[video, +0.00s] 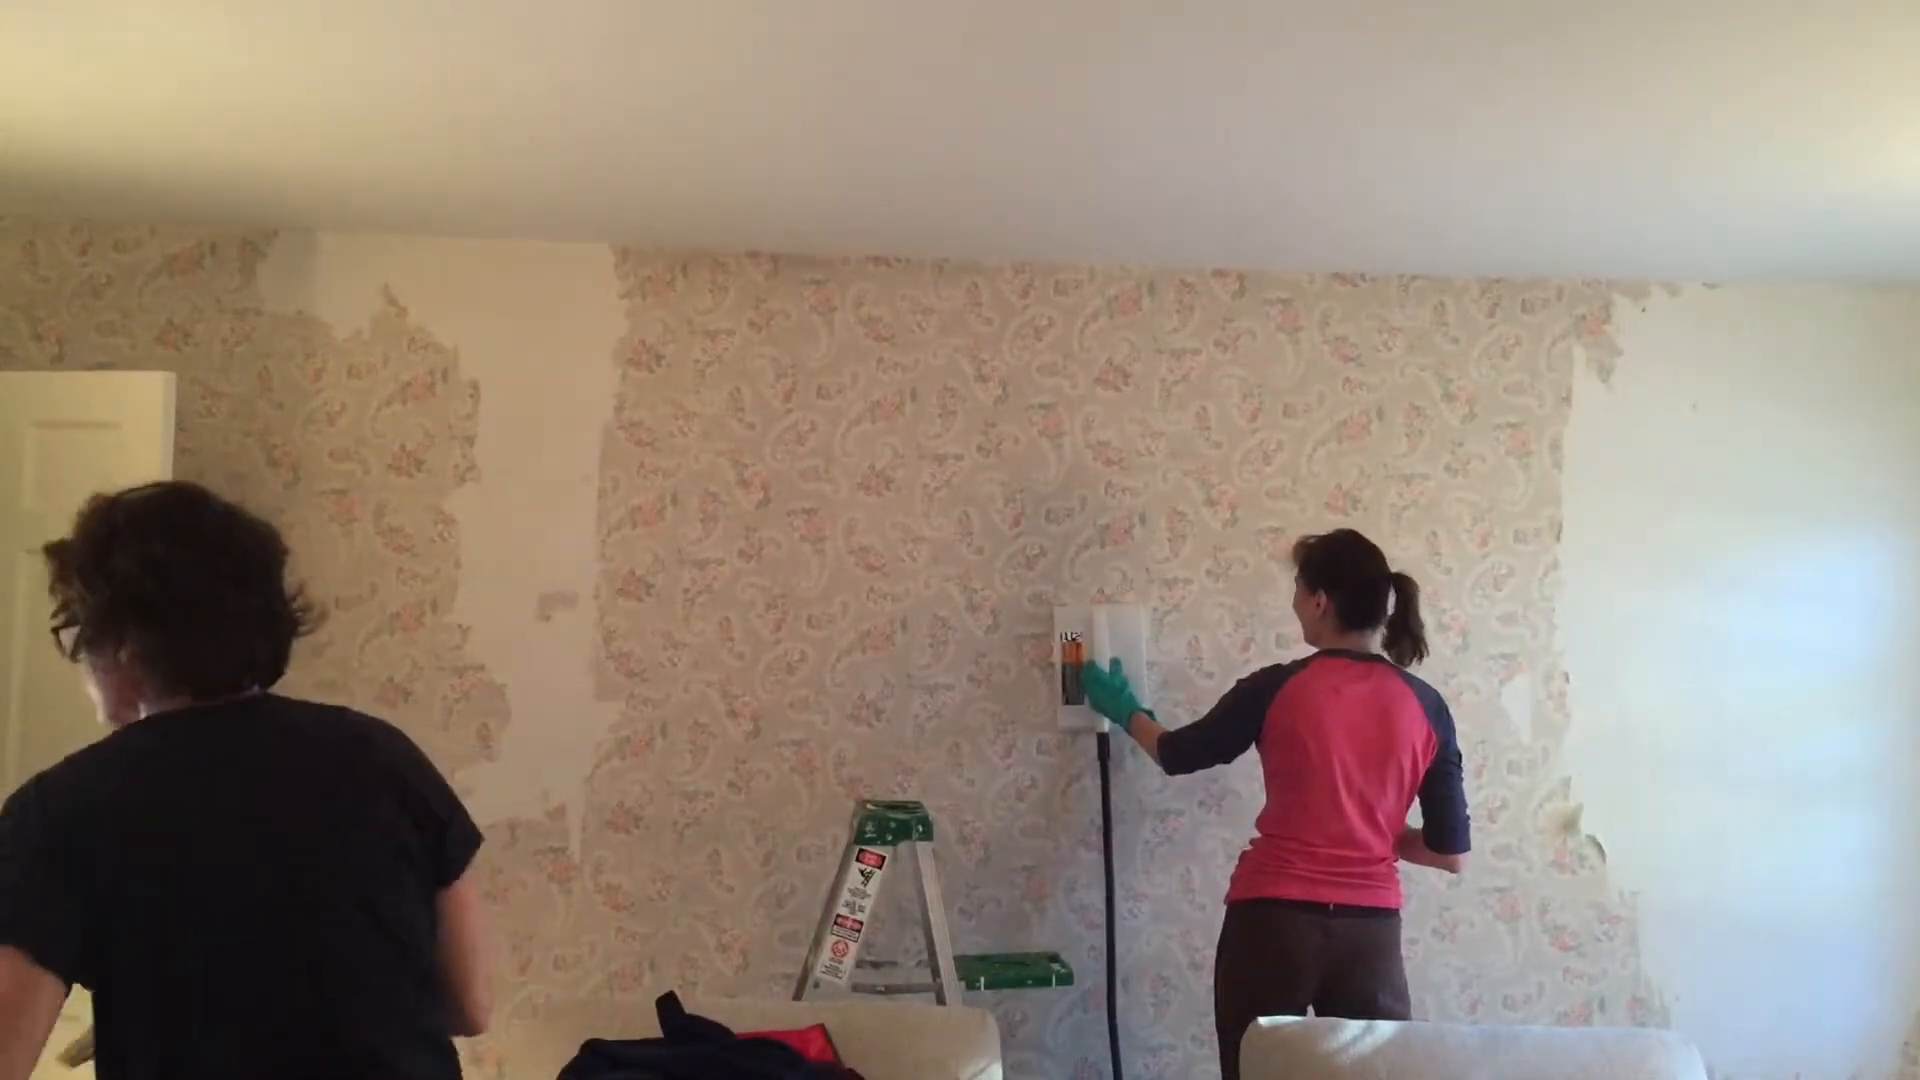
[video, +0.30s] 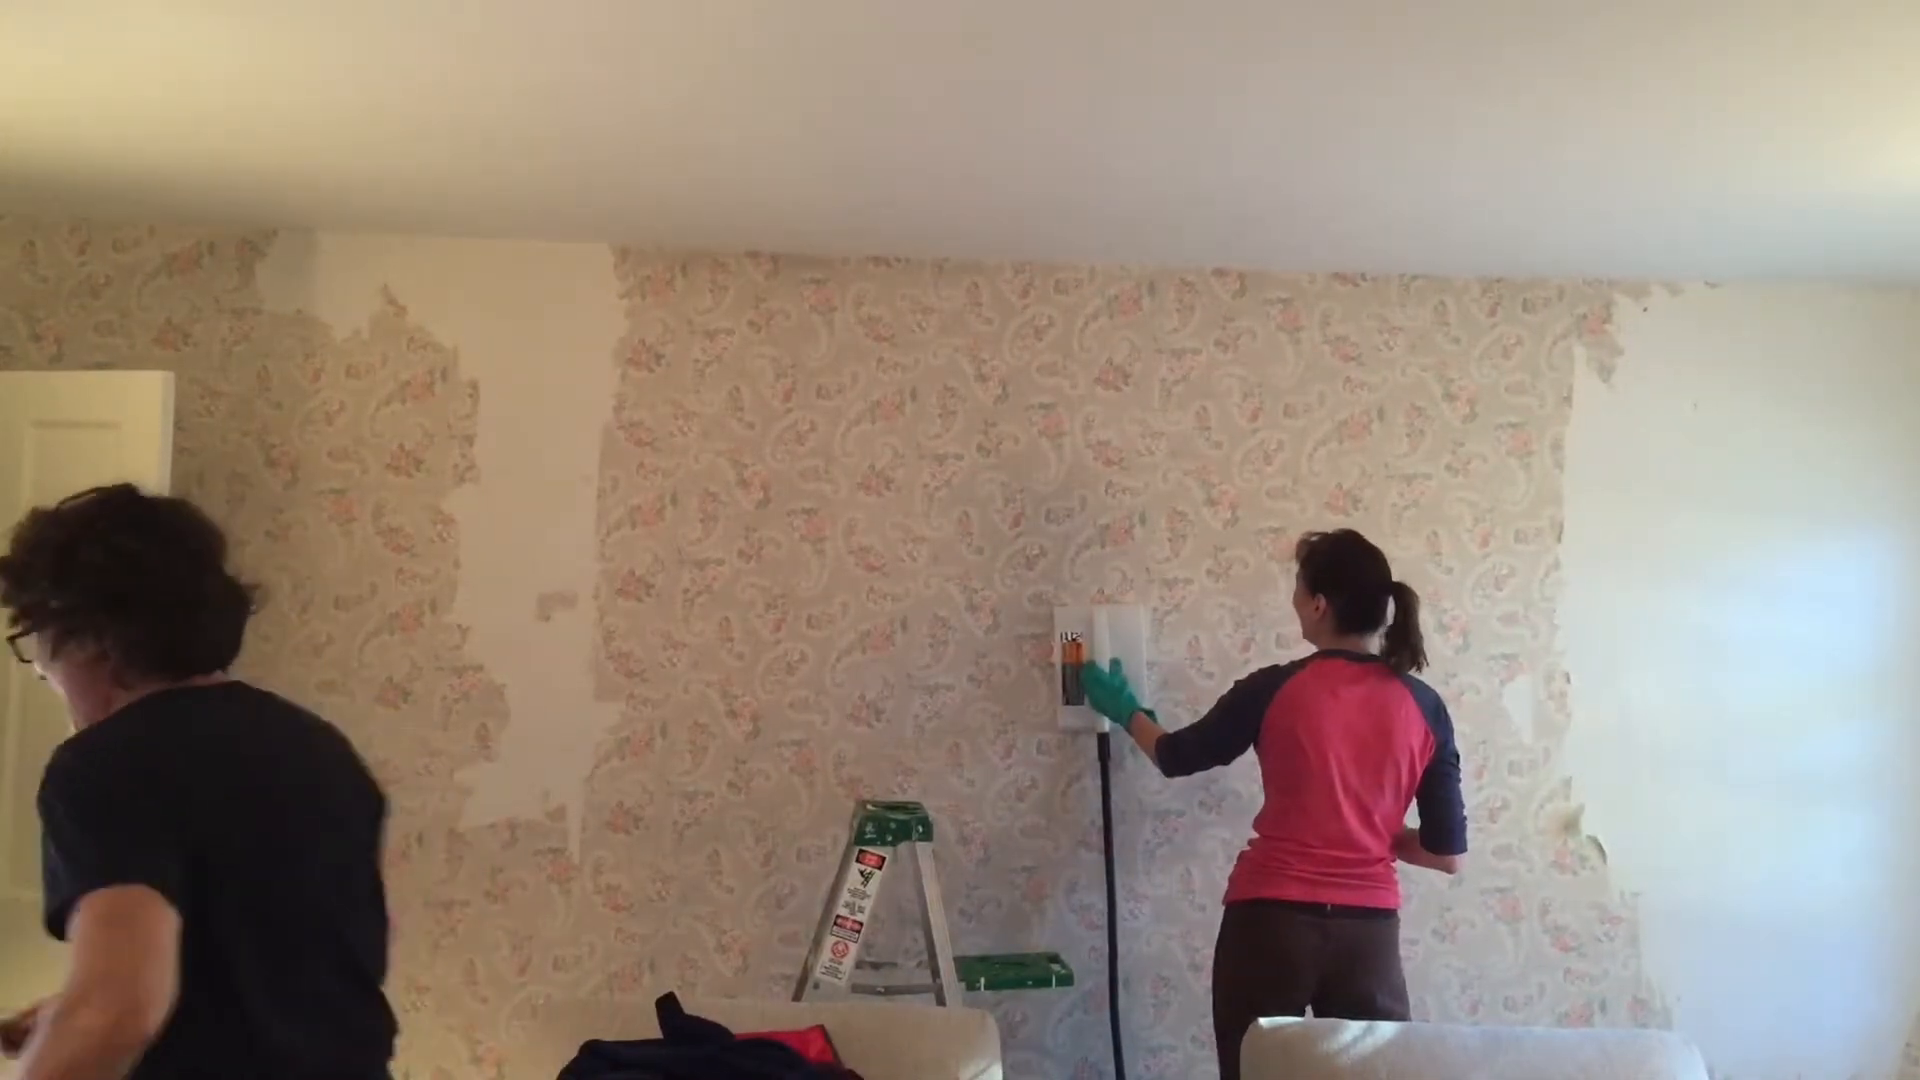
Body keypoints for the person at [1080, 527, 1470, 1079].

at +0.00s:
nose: (1295, 602)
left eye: (1299, 589)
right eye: (1298, 588)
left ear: (1320, 600)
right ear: (1379, 602)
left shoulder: (1277, 685)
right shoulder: (1427, 705)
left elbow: (1175, 753)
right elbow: (1449, 852)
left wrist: (1124, 711)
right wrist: (1375, 831)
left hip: (1268, 932)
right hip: (1370, 940)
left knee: (1253, 1074)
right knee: (1379, 1076)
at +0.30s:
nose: (1294, 599)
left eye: (1299, 587)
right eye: (1298, 586)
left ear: (1319, 605)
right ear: (1379, 606)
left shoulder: (1274, 687)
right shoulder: (1426, 705)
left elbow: (1174, 756)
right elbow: (1446, 853)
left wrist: (1125, 711)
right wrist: (1374, 831)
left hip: (1266, 932)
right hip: (1368, 941)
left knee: (1250, 1074)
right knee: (1377, 1076)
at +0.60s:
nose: (1293, 591)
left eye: (1297, 582)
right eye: (1298, 580)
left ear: (1310, 604)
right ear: (1376, 607)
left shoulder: (1267, 685)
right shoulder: (1417, 704)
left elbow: (1163, 762)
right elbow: (1437, 846)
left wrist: (1124, 713)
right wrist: (1369, 821)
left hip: (1262, 929)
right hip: (1364, 936)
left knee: (1249, 1074)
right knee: (1379, 1076)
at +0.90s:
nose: (1287, 601)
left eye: (1288, 593)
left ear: (1293, 605)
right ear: (1363, 610)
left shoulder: (1247, 688)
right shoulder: (1397, 699)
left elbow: (1146, 778)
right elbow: (1451, 820)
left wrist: (1123, 714)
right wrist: (1441, 748)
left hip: (1255, 927)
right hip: (1358, 932)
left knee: (1240, 1074)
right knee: (1379, 1076)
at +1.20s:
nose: (1260, 616)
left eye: (1265, 604)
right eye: (1262, 604)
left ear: (1284, 614)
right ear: (1338, 615)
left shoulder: (1240, 689)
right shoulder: (1386, 699)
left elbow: (1135, 784)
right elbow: (1442, 819)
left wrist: (1119, 715)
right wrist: (1431, 755)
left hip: (1257, 921)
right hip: (1358, 927)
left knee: (1244, 1074)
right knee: (1378, 1074)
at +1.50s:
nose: (1233, 633)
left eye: (1237, 617)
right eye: (1231, 619)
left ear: (1274, 615)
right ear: (1292, 615)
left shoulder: (1238, 690)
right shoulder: (1383, 694)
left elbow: (1145, 790)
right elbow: (1430, 817)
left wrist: (1124, 716)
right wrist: (1429, 759)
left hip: (1272, 918)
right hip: (1370, 919)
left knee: (1256, 1074)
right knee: (1400, 1074)